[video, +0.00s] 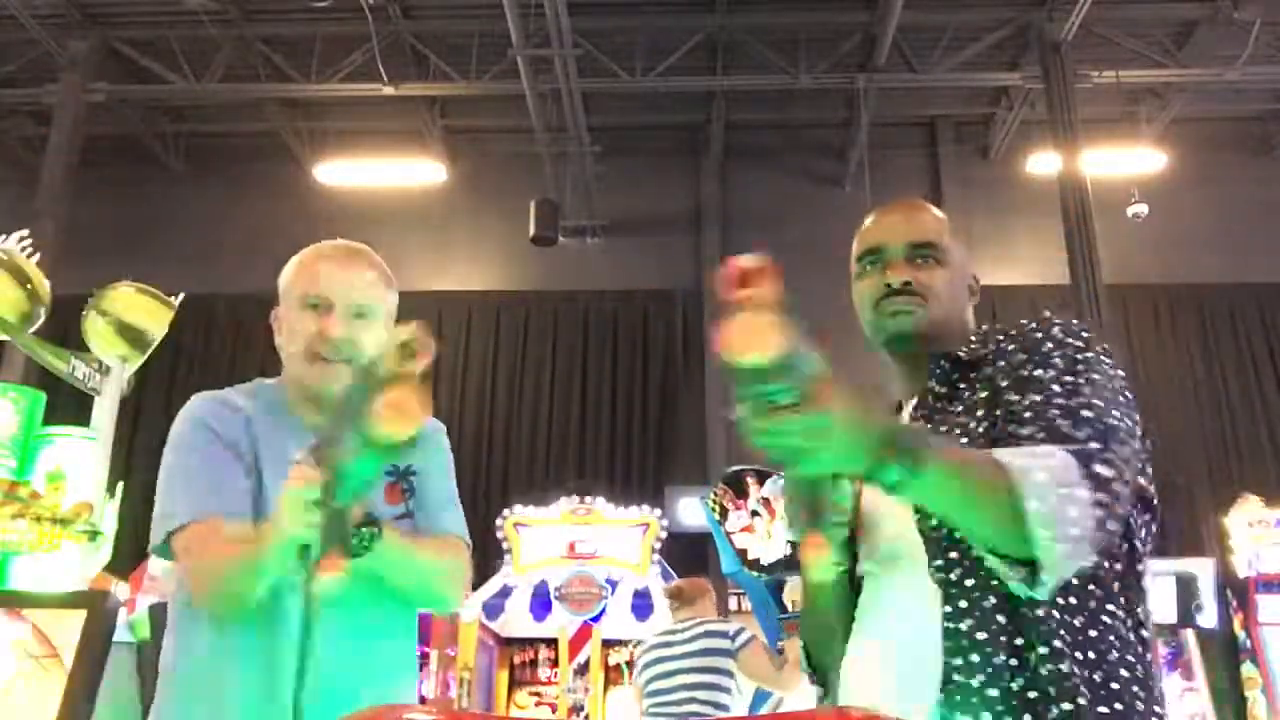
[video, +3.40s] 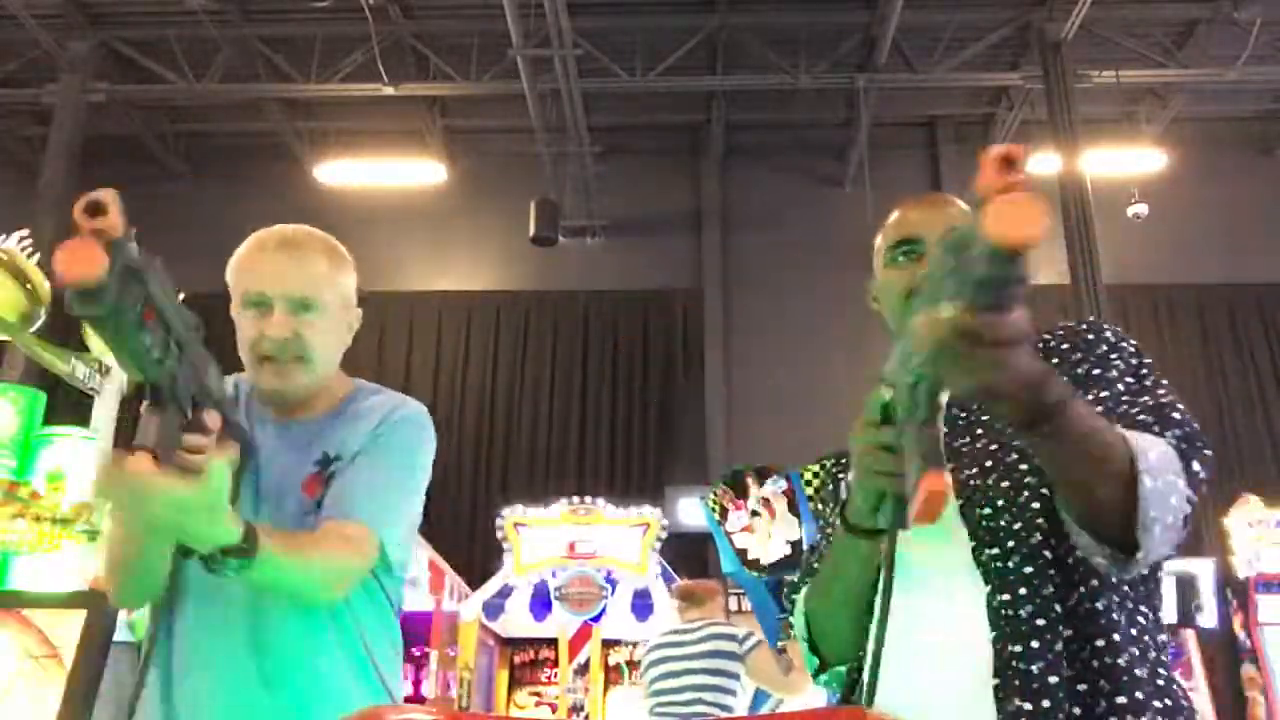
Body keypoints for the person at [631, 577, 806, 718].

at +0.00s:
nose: (716, 607)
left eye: (714, 601)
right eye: (714, 601)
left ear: (672, 610)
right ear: (710, 599)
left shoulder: (646, 648)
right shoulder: (729, 632)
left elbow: (641, 706)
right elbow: (786, 684)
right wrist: (794, 650)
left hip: (658, 714)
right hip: (711, 712)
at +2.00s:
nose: (721, 609)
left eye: (720, 604)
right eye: (720, 603)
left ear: (675, 610)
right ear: (712, 601)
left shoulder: (647, 649)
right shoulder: (730, 633)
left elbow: (638, 715)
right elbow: (787, 687)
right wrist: (800, 659)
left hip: (660, 716)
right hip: (707, 713)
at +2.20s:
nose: (721, 609)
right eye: (720, 603)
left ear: (677, 609)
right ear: (713, 601)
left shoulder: (647, 647)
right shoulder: (730, 633)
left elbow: (638, 711)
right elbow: (774, 694)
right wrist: (790, 661)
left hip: (658, 714)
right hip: (710, 713)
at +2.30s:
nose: (720, 610)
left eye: (720, 604)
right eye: (719, 604)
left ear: (677, 610)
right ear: (712, 602)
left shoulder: (647, 647)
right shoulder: (729, 632)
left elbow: (637, 712)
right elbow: (751, 690)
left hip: (657, 715)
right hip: (705, 713)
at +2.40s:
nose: (721, 612)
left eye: (719, 605)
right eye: (719, 605)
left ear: (675, 609)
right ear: (715, 601)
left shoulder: (646, 647)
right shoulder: (729, 632)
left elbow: (637, 713)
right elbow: (754, 695)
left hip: (657, 714)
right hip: (708, 713)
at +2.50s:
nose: (721, 607)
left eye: (717, 599)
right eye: (716, 598)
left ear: (673, 607)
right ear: (706, 599)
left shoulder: (647, 647)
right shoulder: (727, 631)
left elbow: (637, 712)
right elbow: (776, 693)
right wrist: (790, 665)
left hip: (656, 715)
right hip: (706, 713)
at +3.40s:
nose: (728, 611)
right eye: (725, 605)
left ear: (679, 612)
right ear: (721, 602)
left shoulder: (654, 646)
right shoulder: (736, 636)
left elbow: (649, 699)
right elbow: (795, 687)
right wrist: (794, 648)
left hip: (661, 714)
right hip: (713, 711)